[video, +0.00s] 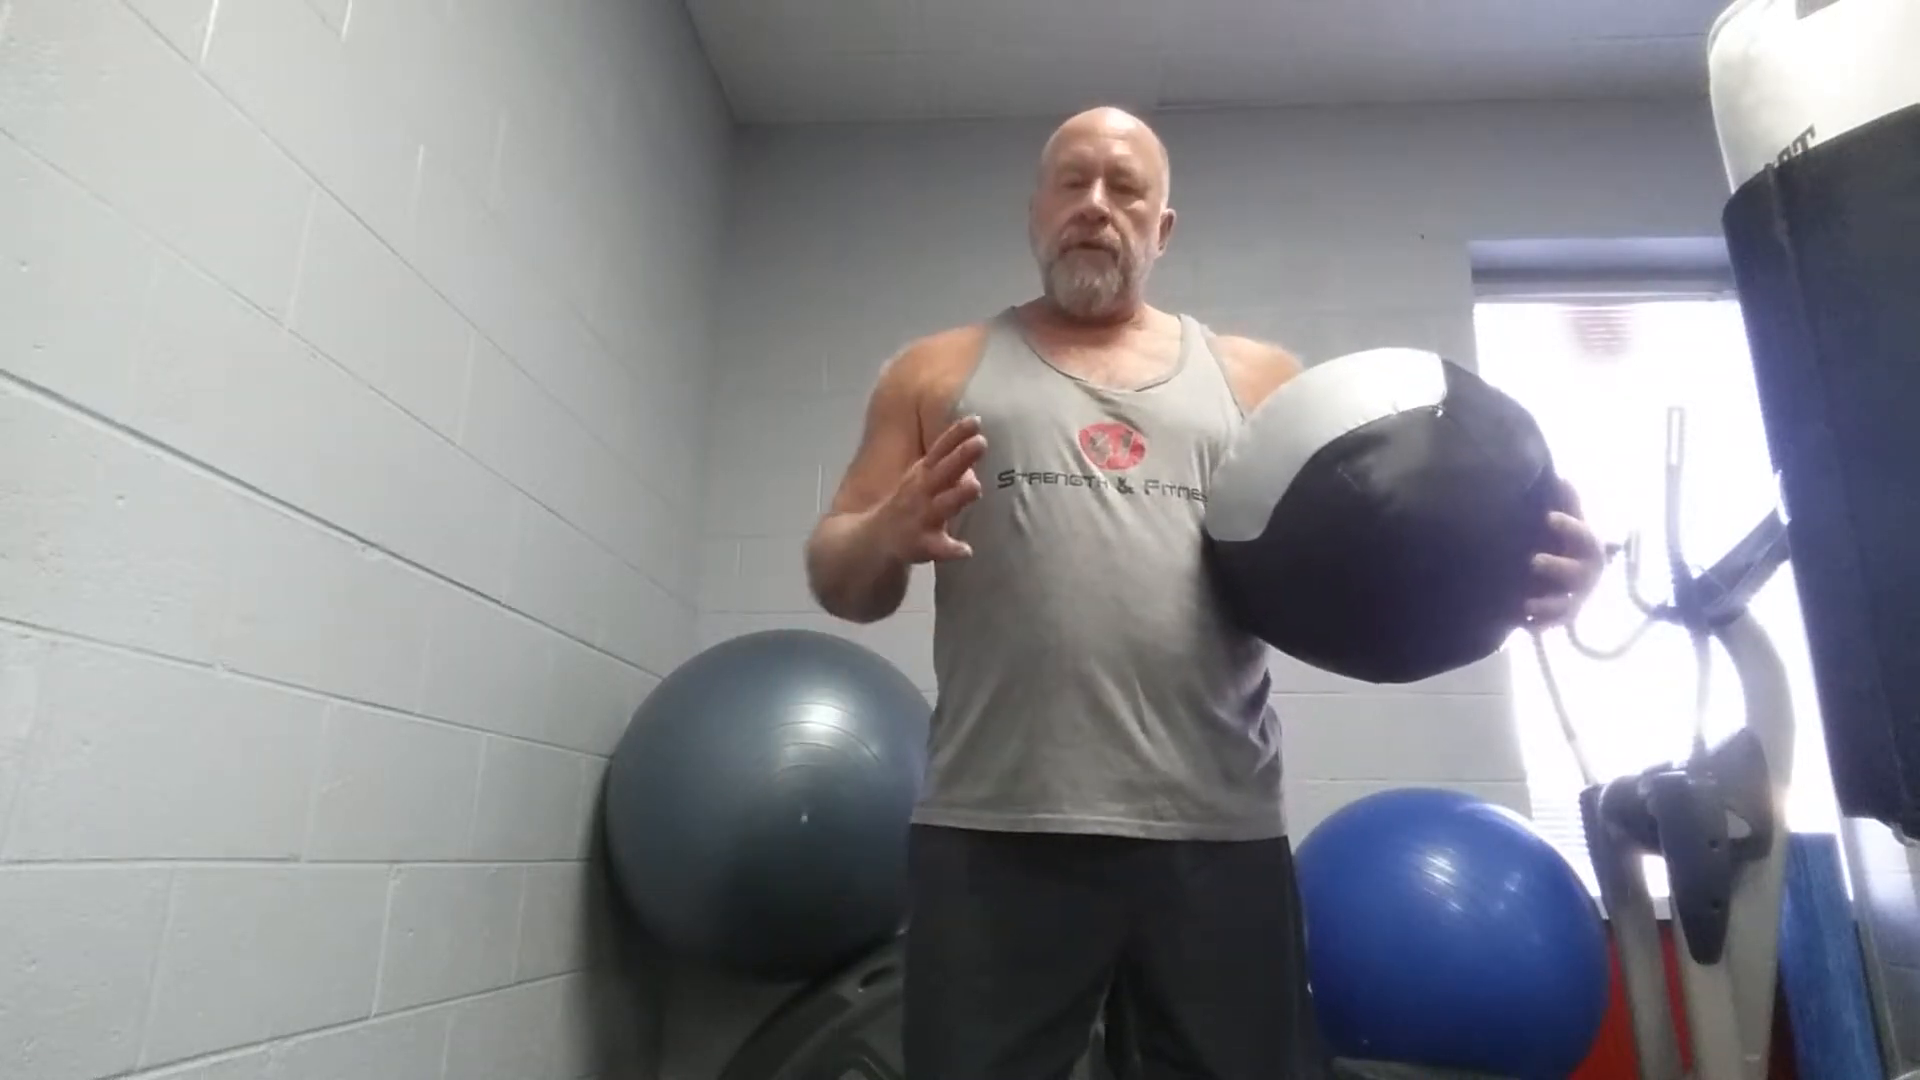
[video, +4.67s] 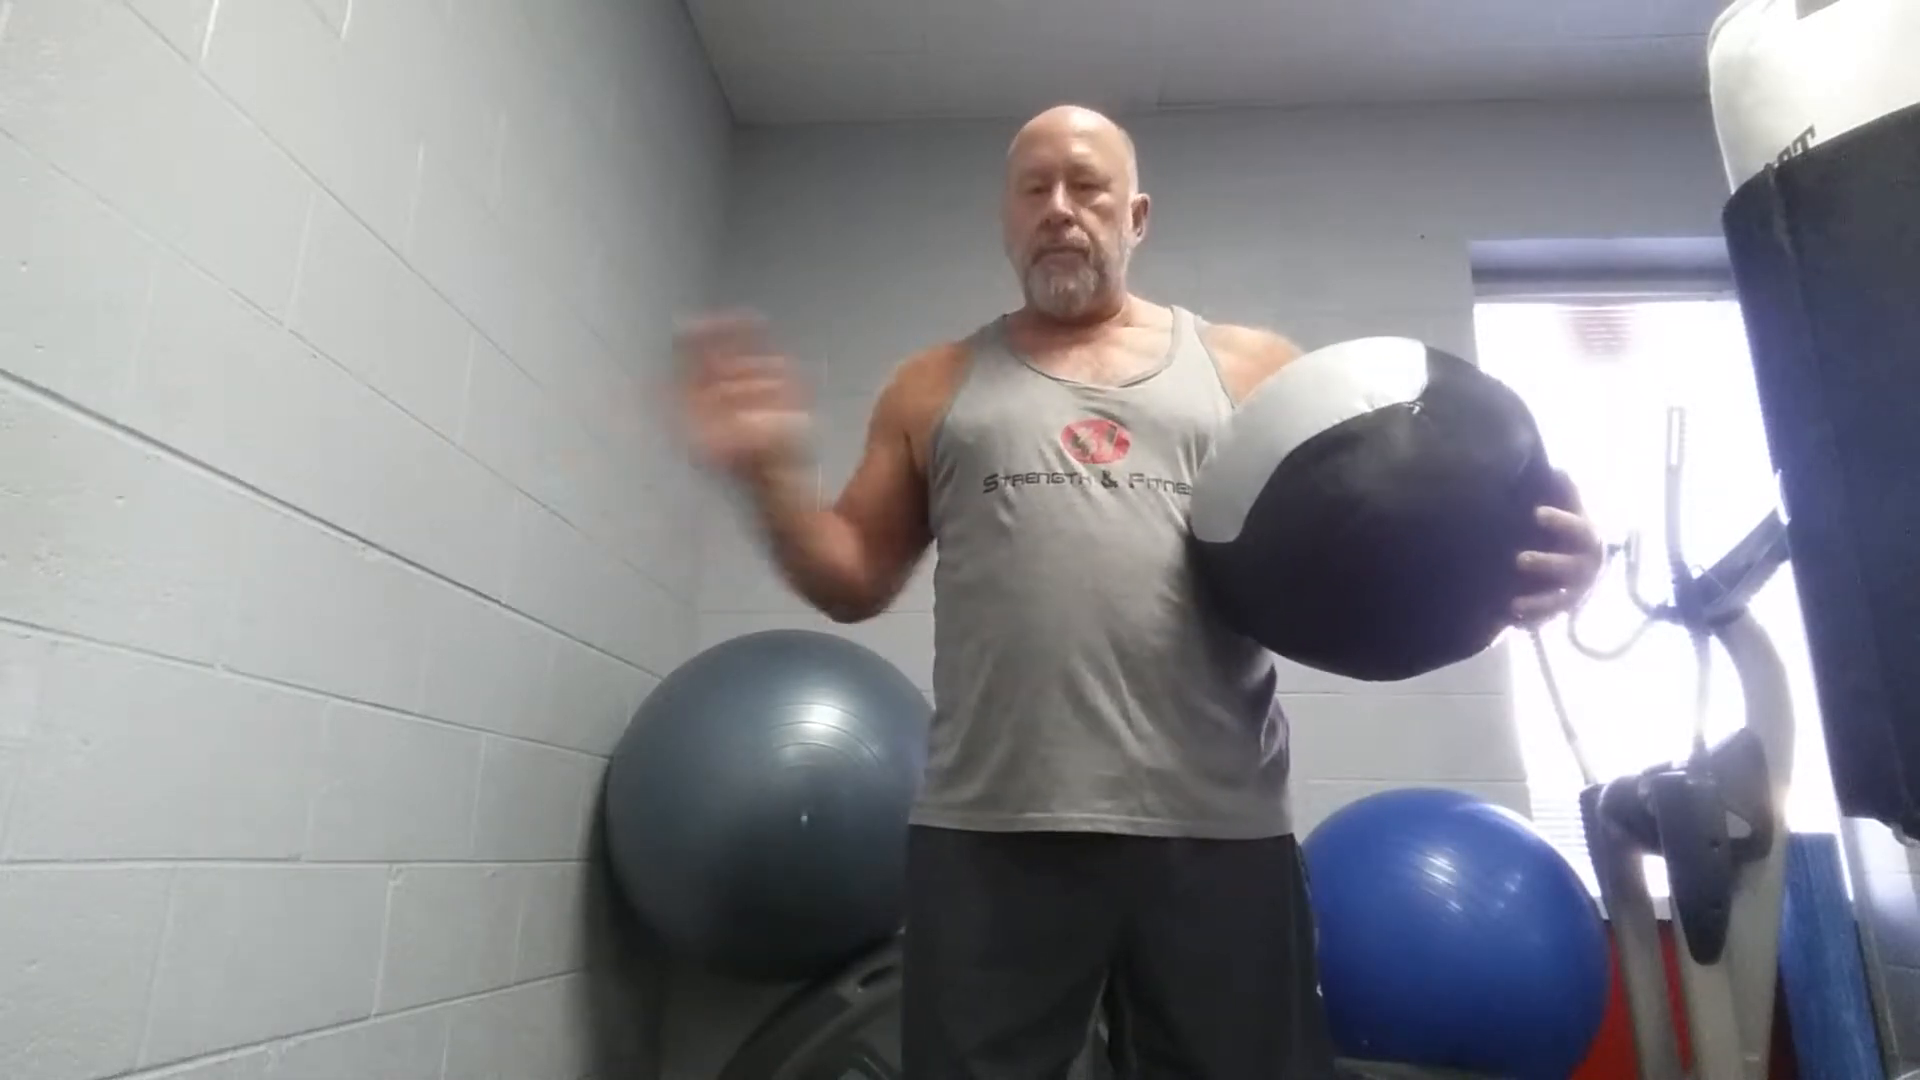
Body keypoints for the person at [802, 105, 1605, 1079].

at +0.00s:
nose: (1096, 203)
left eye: (1126, 186)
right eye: (1072, 180)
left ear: (1163, 224)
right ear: (1033, 210)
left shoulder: (1253, 374)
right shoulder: (936, 373)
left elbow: (1391, 533)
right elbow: (843, 587)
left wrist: (1538, 566)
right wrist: (880, 536)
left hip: (1217, 838)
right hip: (992, 838)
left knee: (1246, 1076)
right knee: (971, 1075)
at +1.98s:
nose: (1033, 190)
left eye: (1063, 172)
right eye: (1011, 173)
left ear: (1116, 213)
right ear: (982, 215)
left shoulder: (1227, 363)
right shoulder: (909, 390)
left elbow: (1376, 516)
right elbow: (826, 618)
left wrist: (1523, 545)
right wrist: (840, 549)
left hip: (1207, 841)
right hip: (979, 842)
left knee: (1239, 1074)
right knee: (961, 1074)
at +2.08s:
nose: (1033, 193)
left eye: (1062, 174)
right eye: (1009, 176)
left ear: (1114, 213)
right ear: (978, 214)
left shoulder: (1228, 362)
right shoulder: (908, 390)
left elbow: (1369, 527)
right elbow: (828, 590)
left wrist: (1518, 548)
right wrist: (749, 510)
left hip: (1209, 839)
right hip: (984, 843)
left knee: (1239, 1068)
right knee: (970, 1067)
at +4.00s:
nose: (1065, 196)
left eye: (1094, 178)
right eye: (1041, 175)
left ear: (1137, 217)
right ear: (1002, 209)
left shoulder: (1235, 371)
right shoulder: (916, 377)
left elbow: (1373, 531)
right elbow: (828, 592)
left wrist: (1520, 568)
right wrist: (878, 575)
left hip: (1205, 838)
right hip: (977, 836)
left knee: (1231, 1074)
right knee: (961, 1072)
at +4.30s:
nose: (1058, 199)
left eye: (1086, 178)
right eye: (1034, 178)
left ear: (1133, 212)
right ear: (998, 213)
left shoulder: (1236, 368)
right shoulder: (919, 381)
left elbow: (1377, 529)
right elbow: (842, 599)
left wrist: (1527, 564)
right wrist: (863, 525)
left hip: (1206, 834)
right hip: (979, 835)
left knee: (1231, 1068)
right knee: (967, 1068)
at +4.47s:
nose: (1060, 203)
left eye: (1086, 181)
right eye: (1035, 183)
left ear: (1136, 210)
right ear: (1000, 216)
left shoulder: (1245, 366)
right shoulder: (927, 384)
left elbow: (1383, 525)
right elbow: (824, 565)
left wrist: (1534, 557)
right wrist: (653, 498)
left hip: (1213, 840)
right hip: (986, 842)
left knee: (1254, 1073)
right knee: (970, 1074)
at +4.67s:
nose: (1059, 208)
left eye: (1088, 188)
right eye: (1035, 187)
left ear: (1136, 216)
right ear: (1004, 216)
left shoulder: (1251, 366)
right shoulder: (931, 388)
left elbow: (1375, 542)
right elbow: (852, 580)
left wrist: (1533, 564)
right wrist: (769, 477)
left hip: (1216, 834)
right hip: (991, 837)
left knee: (1248, 1071)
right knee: (974, 1068)